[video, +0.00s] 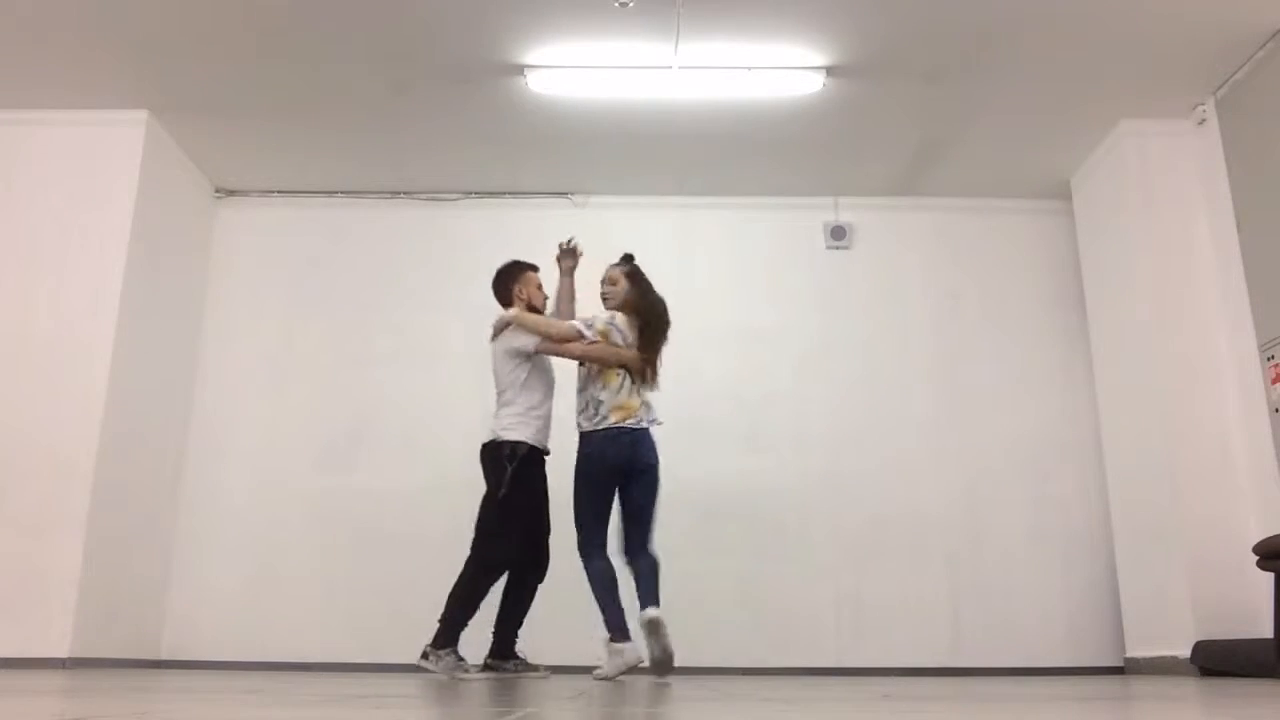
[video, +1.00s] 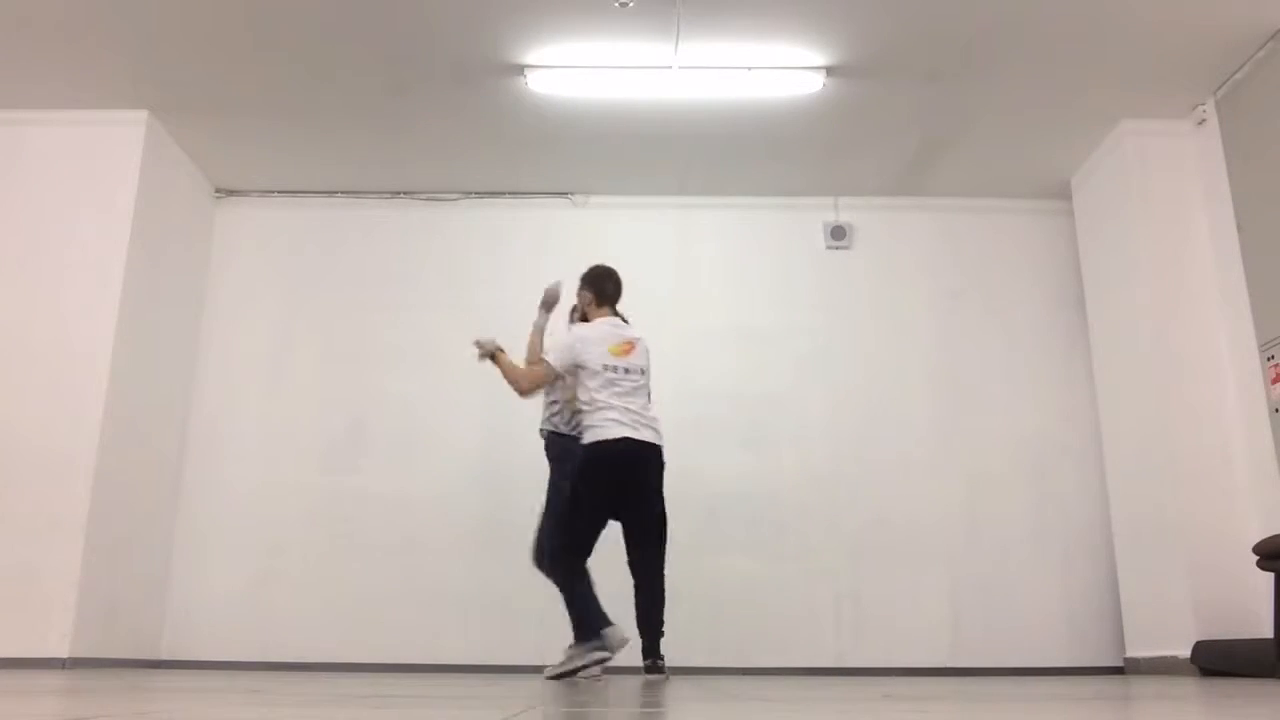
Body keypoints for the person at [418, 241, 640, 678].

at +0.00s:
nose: (546, 292)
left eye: (543, 285)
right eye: (538, 285)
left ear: (520, 294)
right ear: (518, 293)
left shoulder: (529, 328)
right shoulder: (513, 328)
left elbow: (565, 327)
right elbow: (577, 346)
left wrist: (566, 275)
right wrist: (631, 357)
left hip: (528, 453)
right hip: (510, 452)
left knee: (533, 560)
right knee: (492, 553)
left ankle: (502, 652)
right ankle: (440, 646)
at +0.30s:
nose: (552, 278)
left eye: (547, 274)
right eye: (549, 275)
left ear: (512, 283)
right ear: (544, 282)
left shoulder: (503, 322)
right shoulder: (551, 326)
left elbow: (542, 286)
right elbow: (611, 373)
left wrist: (576, 250)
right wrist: (630, 374)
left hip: (500, 446)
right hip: (531, 447)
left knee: (541, 550)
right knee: (508, 546)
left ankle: (541, 652)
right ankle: (440, 640)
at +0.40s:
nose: (609, 309)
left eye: (605, 302)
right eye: (603, 302)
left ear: (582, 306)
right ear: (589, 307)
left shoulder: (606, 347)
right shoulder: (573, 331)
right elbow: (627, 301)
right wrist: (612, 257)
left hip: (605, 442)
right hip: (581, 440)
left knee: (596, 542)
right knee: (594, 541)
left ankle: (584, 644)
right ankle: (589, 644)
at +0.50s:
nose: (613, 306)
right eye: (607, 299)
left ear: (568, 301)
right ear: (600, 304)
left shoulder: (556, 323)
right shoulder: (596, 323)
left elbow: (524, 291)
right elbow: (634, 301)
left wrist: (555, 268)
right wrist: (600, 266)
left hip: (565, 426)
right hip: (596, 424)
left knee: (581, 537)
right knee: (593, 537)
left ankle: (578, 640)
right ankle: (551, 622)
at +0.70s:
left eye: (551, 280)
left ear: (551, 285)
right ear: (588, 285)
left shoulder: (533, 319)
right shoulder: (607, 330)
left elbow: (496, 312)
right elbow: (633, 391)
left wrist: (515, 287)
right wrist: (600, 373)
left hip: (538, 445)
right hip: (590, 447)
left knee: (542, 550)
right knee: (619, 545)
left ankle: (542, 655)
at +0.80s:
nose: (557, 293)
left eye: (557, 288)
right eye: (560, 288)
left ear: (561, 289)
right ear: (596, 289)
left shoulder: (545, 326)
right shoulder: (620, 335)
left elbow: (488, 335)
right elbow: (639, 394)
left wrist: (495, 310)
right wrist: (606, 369)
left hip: (558, 450)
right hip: (610, 453)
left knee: (552, 554)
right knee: (629, 552)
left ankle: (544, 654)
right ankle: (653, 651)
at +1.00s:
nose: (577, 302)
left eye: (579, 296)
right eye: (578, 297)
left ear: (586, 298)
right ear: (616, 300)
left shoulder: (580, 337)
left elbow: (526, 382)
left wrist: (496, 355)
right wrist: (542, 319)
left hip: (599, 454)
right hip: (647, 455)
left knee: (559, 552)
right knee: (649, 560)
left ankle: (594, 636)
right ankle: (653, 654)